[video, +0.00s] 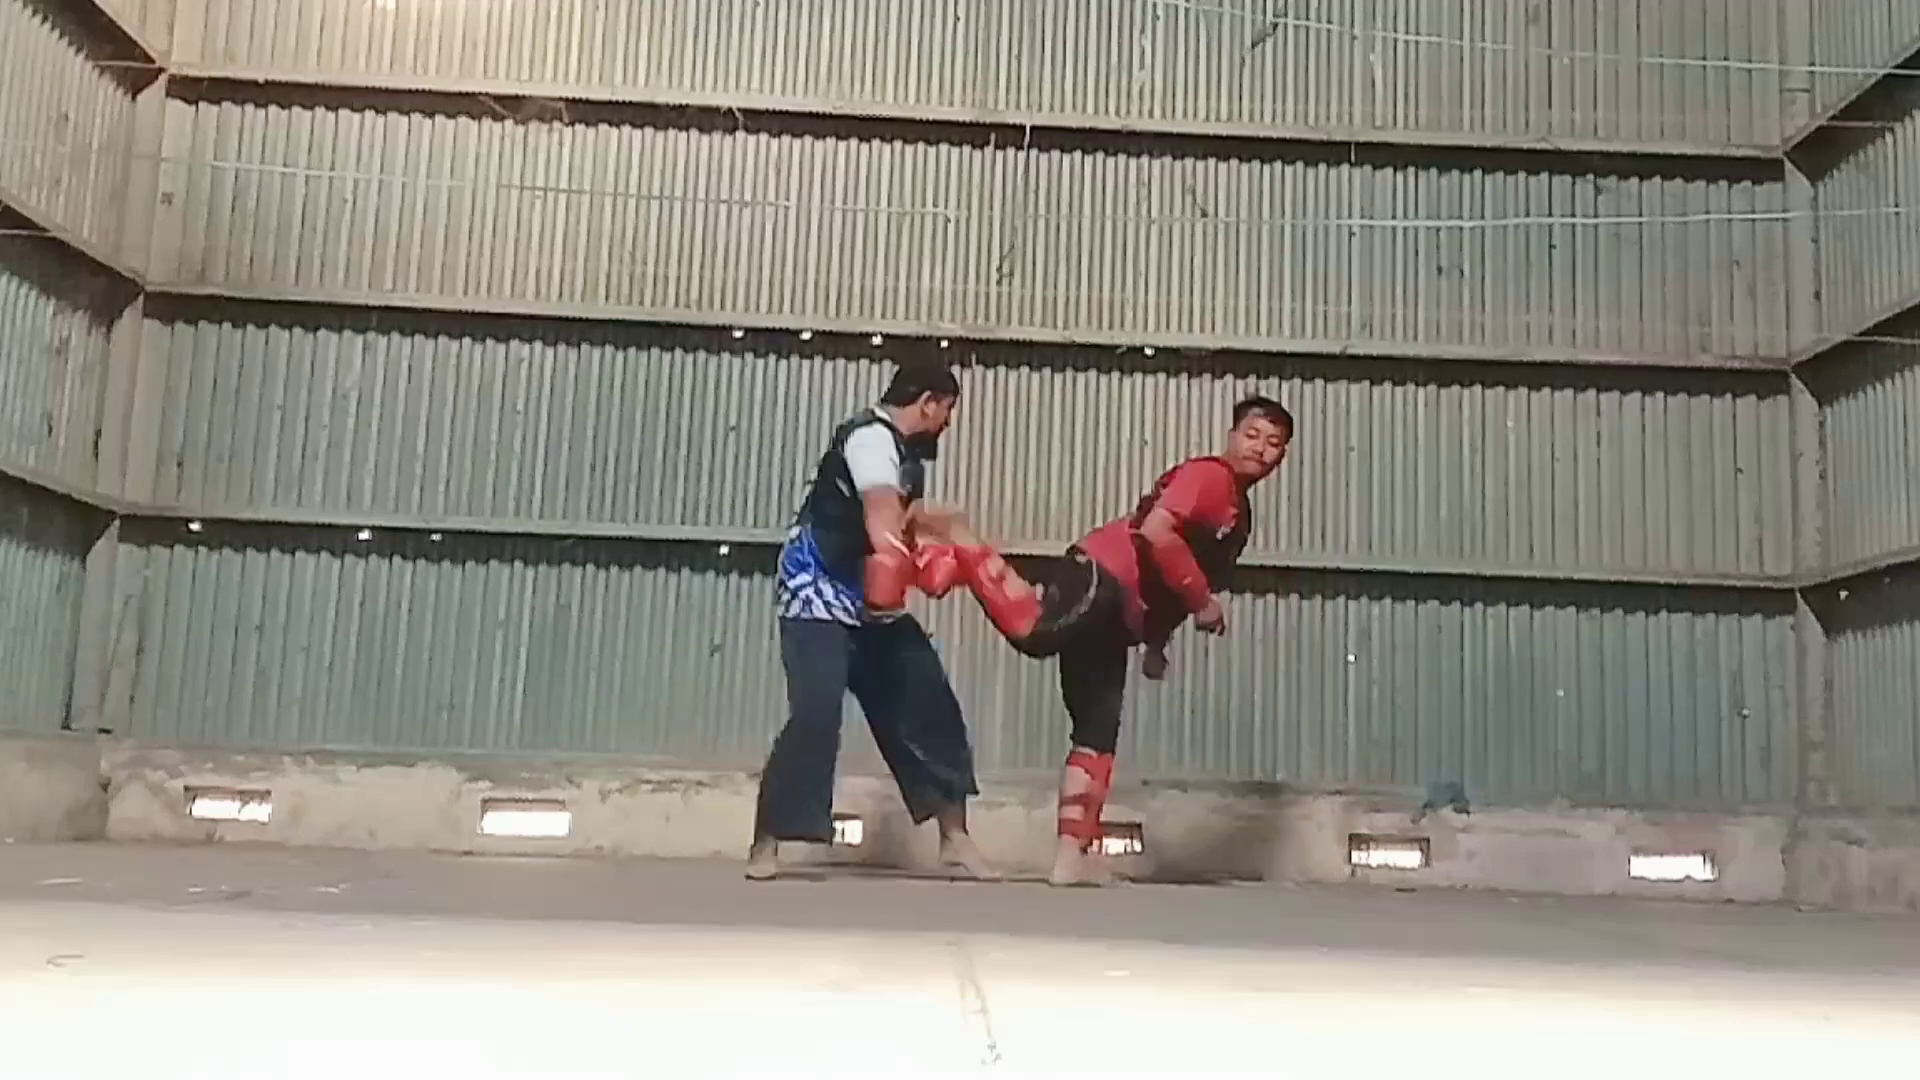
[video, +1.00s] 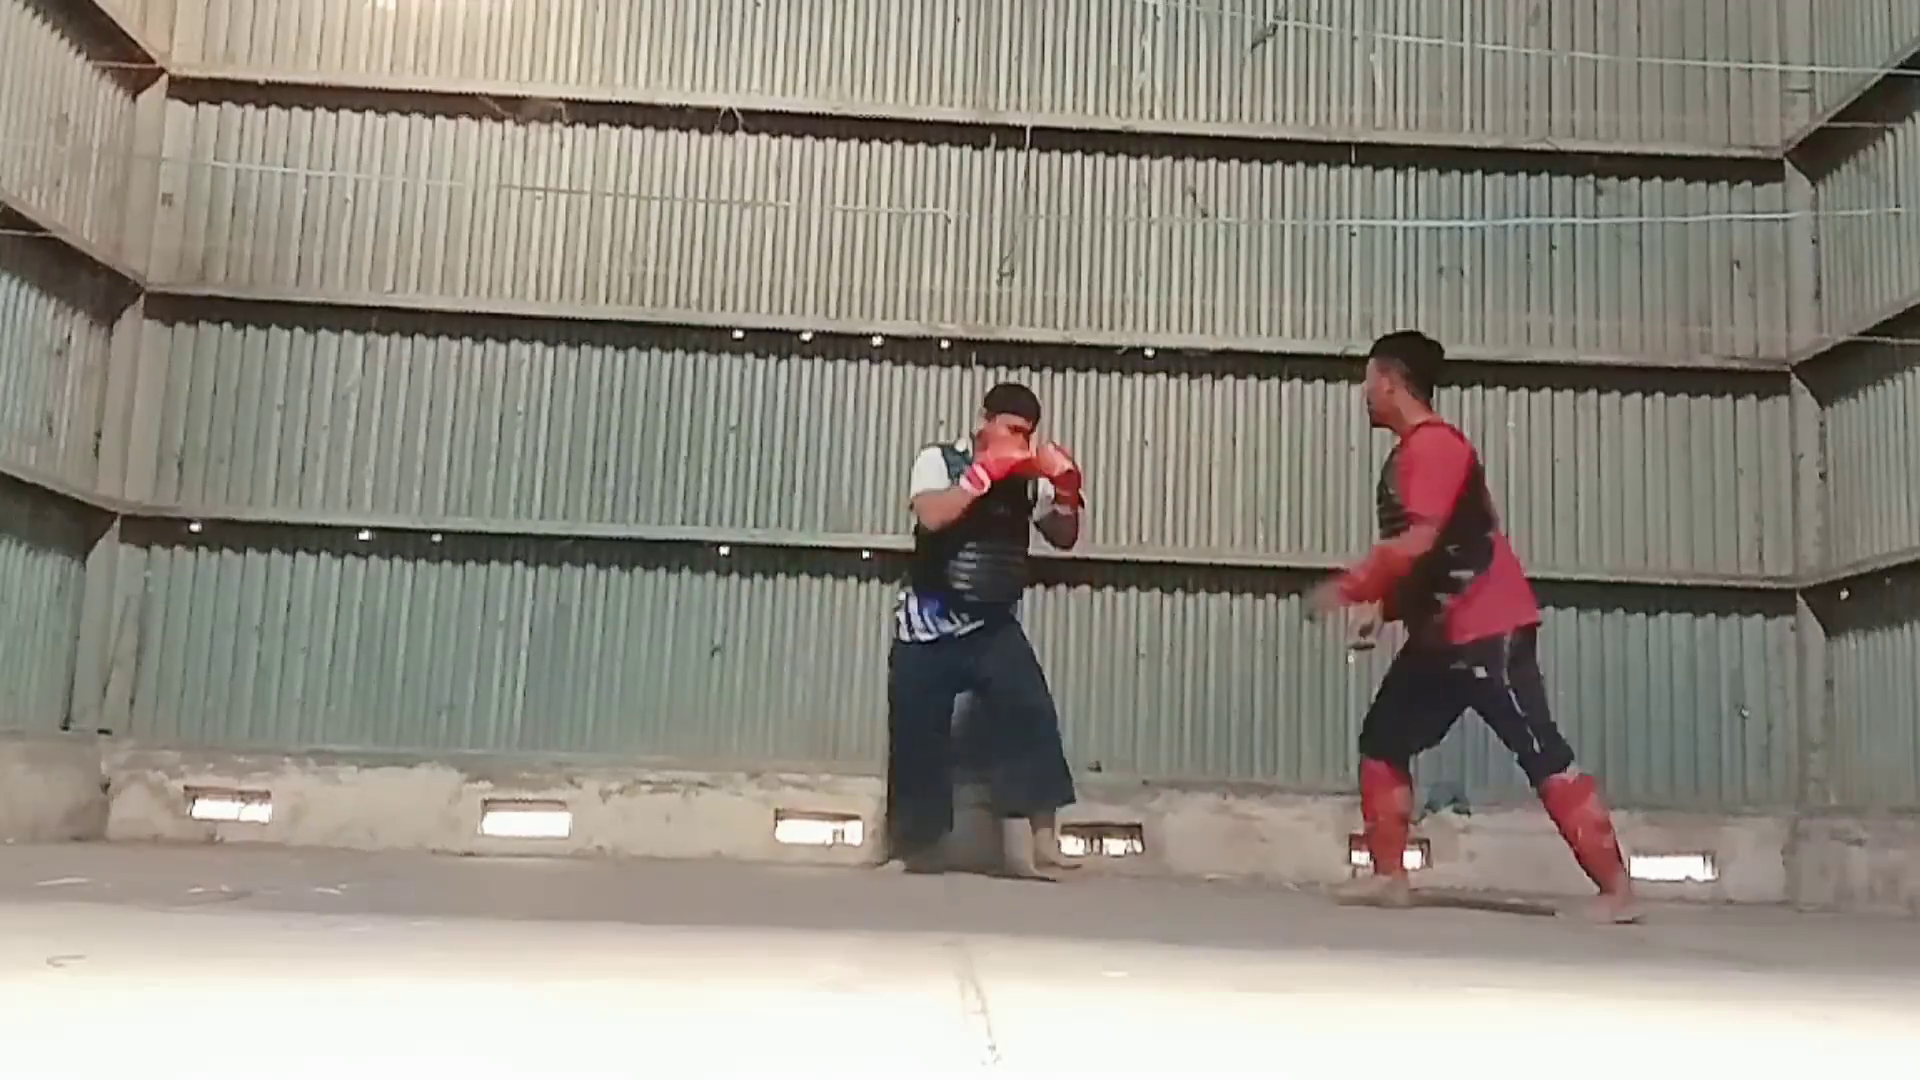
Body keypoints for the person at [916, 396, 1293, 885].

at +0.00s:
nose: (1261, 448)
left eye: (1274, 443)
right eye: (1252, 435)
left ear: (1282, 457)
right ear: (1231, 437)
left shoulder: (1234, 512)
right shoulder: (1208, 476)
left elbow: (1177, 577)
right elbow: (1156, 530)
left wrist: (1157, 642)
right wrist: (1202, 599)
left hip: (1113, 619)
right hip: (1101, 577)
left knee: (1096, 731)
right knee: (1031, 631)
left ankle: (1071, 859)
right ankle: (965, 557)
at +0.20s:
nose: (1291, 455)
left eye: (1296, 445)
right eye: (1289, 441)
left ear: (1253, 432)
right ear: (1257, 428)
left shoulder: (1229, 476)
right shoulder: (1226, 466)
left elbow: (1188, 569)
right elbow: (1188, 528)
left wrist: (1200, 634)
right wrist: (1232, 601)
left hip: (1124, 592)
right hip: (1137, 592)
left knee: (1117, 728)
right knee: (1170, 709)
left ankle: (1074, 853)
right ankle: (1060, 746)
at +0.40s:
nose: (1300, 426)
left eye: (1299, 417)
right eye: (1302, 418)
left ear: (1253, 406)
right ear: (1298, 416)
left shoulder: (1208, 454)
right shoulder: (1287, 458)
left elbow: (1175, 537)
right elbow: (1276, 539)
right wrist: (1295, 622)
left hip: (1173, 610)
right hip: (1237, 619)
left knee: (1142, 727)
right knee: (1272, 732)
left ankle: (1079, 849)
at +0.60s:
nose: (1261, 380)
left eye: (1262, 370)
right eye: (1261, 372)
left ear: (1280, 362)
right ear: (1318, 365)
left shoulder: (1258, 415)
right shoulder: (1365, 423)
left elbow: (1234, 503)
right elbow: (1391, 521)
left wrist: (1247, 567)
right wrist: (1371, 576)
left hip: (1276, 593)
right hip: (1346, 595)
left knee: (1230, 700)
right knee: (1323, 715)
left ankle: (1225, 831)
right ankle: (1314, 854)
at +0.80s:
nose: (1324, 380)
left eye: (1328, 367)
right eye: (1325, 368)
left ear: (1350, 366)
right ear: (1375, 370)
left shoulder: (1350, 427)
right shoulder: (1411, 436)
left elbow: (1303, 513)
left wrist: (1273, 550)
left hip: (1390, 610)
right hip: (1414, 608)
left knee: (1383, 735)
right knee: (1363, 737)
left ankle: (1509, 825)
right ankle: (1377, 876)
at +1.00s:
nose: (1363, 392)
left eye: (1370, 379)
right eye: (1366, 380)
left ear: (1395, 383)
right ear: (1405, 384)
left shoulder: (1432, 445)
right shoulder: (1410, 453)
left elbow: (1418, 538)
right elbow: (1428, 554)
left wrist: (1354, 583)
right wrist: (1384, 600)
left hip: (1486, 627)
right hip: (1442, 632)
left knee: (1539, 752)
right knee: (1383, 743)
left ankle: (1618, 889)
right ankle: (1389, 876)